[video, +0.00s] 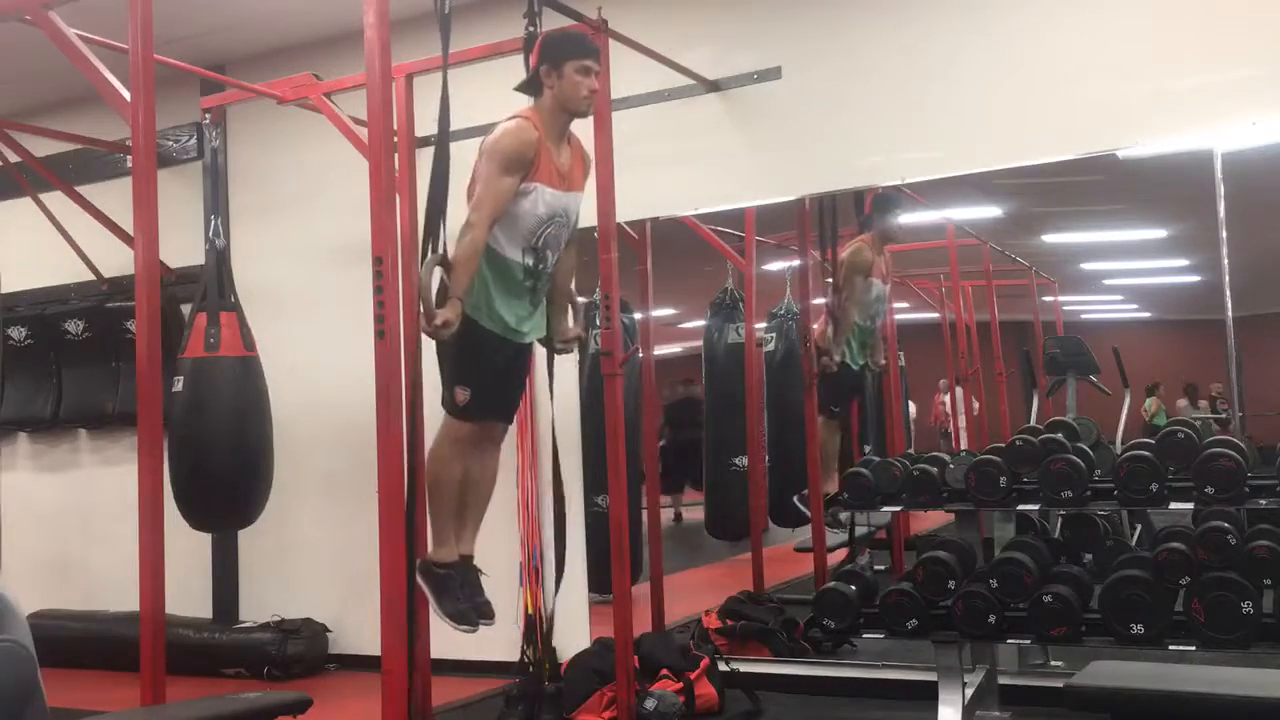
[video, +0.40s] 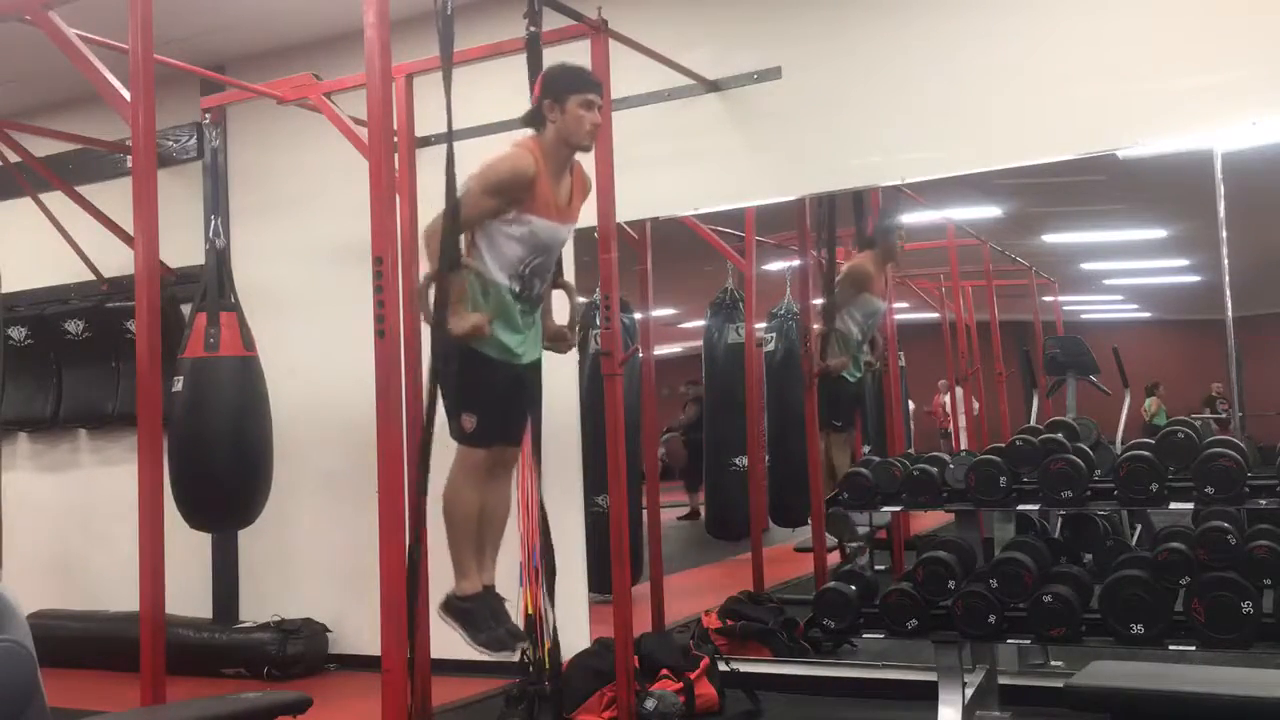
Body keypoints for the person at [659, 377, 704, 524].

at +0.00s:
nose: (689, 391)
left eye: (687, 387)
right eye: (690, 387)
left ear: (681, 389)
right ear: (696, 388)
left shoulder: (671, 406)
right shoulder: (702, 404)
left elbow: (665, 427)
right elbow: (707, 425)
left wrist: (660, 440)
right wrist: (707, 441)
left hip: (675, 448)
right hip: (697, 447)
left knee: (675, 480)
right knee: (702, 479)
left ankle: (677, 511)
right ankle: (711, 507)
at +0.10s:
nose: (695, 392)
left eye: (693, 389)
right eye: (694, 389)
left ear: (685, 391)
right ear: (699, 390)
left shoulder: (676, 407)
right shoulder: (705, 405)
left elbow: (668, 427)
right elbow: (711, 427)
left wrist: (666, 444)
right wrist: (712, 443)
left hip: (681, 448)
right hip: (702, 448)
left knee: (678, 480)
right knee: (705, 479)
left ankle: (678, 511)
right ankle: (712, 509)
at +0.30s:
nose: (684, 394)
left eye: (686, 391)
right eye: (684, 391)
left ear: (691, 390)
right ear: (700, 390)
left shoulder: (690, 404)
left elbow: (684, 422)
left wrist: (667, 432)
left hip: (693, 444)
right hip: (708, 443)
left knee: (686, 475)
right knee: (711, 476)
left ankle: (689, 509)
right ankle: (717, 509)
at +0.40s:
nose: (686, 392)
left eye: (688, 389)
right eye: (686, 389)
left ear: (693, 390)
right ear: (697, 390)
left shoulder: (694, 403)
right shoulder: (703, 402)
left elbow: (688, 420)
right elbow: (688, 422)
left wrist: (671, 427)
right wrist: (675, 427)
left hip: (695, 445)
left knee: (691, 476)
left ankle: (694, 509)